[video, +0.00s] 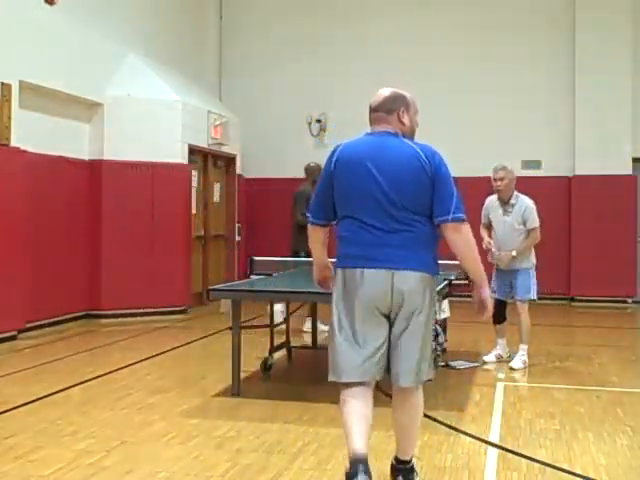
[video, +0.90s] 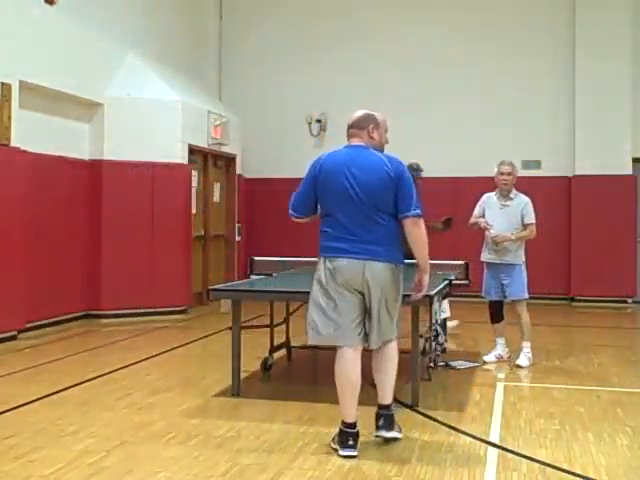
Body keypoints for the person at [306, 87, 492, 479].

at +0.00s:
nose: (417, 125)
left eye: (415, 118)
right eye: (415, 118)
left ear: (372, 118)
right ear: (403, 116)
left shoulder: (342, 154)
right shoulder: (427, 157)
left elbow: (318, 220)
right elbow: (454, 226)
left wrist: (320, 262)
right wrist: (480, 280)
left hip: (357, 276)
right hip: (415, 278)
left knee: (356, 378)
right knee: (409, 379)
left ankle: (358, 465)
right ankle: (405, 466)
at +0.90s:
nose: (386, 139)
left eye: (386, 133)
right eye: (385, 133)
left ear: (350, 132)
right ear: (373, 131)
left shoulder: (323, 163)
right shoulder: (393, 167)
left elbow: (299, 213)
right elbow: (412, 221)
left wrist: (329, 206)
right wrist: (424, 267)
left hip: (338, 266)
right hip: (383, 268)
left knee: (348, 346)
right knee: (385, 340)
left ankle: (348, 434)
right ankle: (385, 418)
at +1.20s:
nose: (390, 145)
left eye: (389, 139)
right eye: (388, 139)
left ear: (355, 138)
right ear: (376, 138)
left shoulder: (331, 168)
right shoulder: (396, 171)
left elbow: (304, 211)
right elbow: (416, 222)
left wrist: (332, 192)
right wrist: (435, 266)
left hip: (345, 267)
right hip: (386, 268)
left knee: (341, 343)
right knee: (381, 342)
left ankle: (344, 408)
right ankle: (378, 416)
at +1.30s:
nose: (390, 146)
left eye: (389, 140)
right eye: (388, 140)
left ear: (356, 139)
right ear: (377, 139)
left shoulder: (333, 167)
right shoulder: (397, 171)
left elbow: (304, 209)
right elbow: (421, 221)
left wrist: (330, 190)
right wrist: (437, 260)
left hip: (346, 264)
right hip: (387, 266)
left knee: (336, 335)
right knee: (382, 340)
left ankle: (340, 390)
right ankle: (378, 415)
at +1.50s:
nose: (385, 147)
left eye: (384, 142)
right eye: (384, 142)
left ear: (352, 141)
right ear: (376, 141)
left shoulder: (331, 168)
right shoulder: (393, 171)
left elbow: (305, 210)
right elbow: (417, 217)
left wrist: (332, 195)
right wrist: (431, 253)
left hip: (341, 264)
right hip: (382, 266)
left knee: (337, 331)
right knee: (378, 336)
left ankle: (331, 403)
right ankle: (378, 413)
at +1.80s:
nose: (367, 149)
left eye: (364, 144)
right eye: (366, 144)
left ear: (337, 144)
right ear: (361, 143)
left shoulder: (316, 170)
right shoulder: (378, 173)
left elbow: (299, 216)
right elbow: (396, 222)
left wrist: (327, 210)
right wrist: (399, 258)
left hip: (327, 262)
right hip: (366, 264)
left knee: (330, 331)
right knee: (372, 334)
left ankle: (330, 402)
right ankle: (376, 404)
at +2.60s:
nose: (351, 147)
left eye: (346, 144)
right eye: (358, 145)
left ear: (340, 150)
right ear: (365, 154)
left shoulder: (325, 165)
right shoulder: (379, 182)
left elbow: (301, 208)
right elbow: (386, 233)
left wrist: (305, 236)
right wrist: (383, 262)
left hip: (330, 252)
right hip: (365, 256)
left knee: (329, 326)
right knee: (358, 329)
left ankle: (331, 400)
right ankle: (353, 398)